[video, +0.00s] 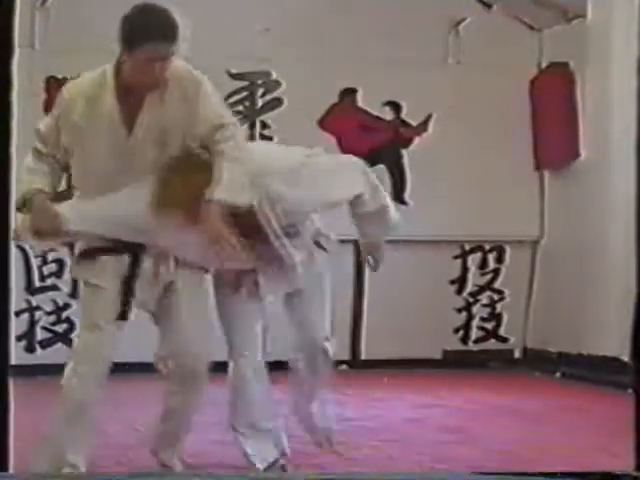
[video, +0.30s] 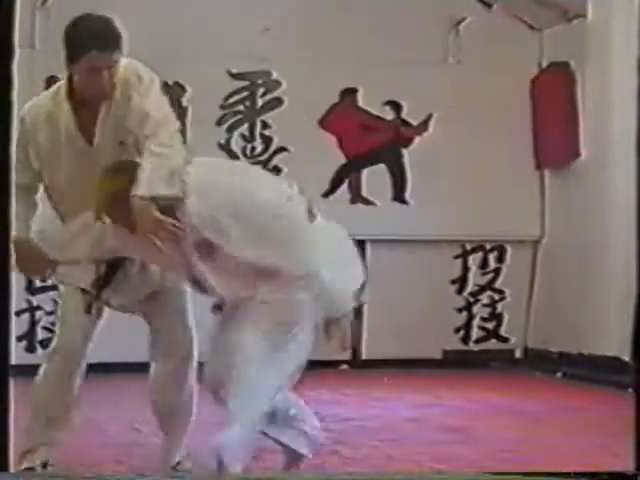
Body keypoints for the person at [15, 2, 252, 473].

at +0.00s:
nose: (162, 71)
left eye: (168, 60)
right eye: (151, 61)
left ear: (174, 53)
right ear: (125, 53)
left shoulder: (189, 86)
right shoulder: (79, 98)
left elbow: (230, 138)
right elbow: (44, 156)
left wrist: (218, 204)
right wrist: (38, 200)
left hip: (179, 243)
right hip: (106, 244)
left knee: (193, 357)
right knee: (91, 357)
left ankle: (169, 448)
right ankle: (67, 462)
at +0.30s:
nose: (105, 80)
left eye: (111, 68)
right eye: (93, 72)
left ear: (121, 60)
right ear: (69, 68)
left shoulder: (139, 84)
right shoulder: (37, 117)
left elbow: (164, 141)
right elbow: (21, 186)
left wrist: (145, 201)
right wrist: (20, 240)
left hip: (147, 241)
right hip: (79, 246)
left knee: (179, 345)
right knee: (66, 352)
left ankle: (175, 451)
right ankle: (35, 453)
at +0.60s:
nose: (130, 84)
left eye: (134, 73)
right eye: (120, 75)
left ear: (141, 69)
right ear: (92, 76)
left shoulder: (155, 101)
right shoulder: (68, 134)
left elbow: (148, 152)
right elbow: (52, 220)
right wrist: (59, 289)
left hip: (159, 237)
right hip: (97, 248)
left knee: (199, 337)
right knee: (94, 350)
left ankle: (186, 446)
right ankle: (49, 455)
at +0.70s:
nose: (147, 82)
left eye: (149, 71)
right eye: (135, 75)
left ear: (152, 64)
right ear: (106, 78)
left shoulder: (174, 100)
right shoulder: (86, 135)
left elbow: (182, 176)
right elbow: (87, 221)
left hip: (171, 245)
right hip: (107, 254)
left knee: (200, 341)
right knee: (99, 359)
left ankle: (186, 444)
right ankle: (47, 456)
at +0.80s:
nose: (161, 73)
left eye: (163, 63)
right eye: (150, 65)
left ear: (166, 61)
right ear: (120, 68)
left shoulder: (175, 96)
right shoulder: (100, 132)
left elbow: (227, 123)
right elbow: (118, 218)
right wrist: (172, 259)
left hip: (190, 246)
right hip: (128, 254)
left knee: (216, 344)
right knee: (120, 358)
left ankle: (201, 456)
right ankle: (53, 461)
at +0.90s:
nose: (173, 65)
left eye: (175, 55)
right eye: (163, 57)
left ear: (178, 54)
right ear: (132, 59)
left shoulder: (183, 93)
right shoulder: (108, 130)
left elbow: (222, 143)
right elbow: (143, 207)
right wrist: (200, 216)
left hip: (189, 243)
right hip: (133, 253)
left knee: (217, 341)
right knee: (133, 357)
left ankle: (217, 453)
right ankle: (59, 458)